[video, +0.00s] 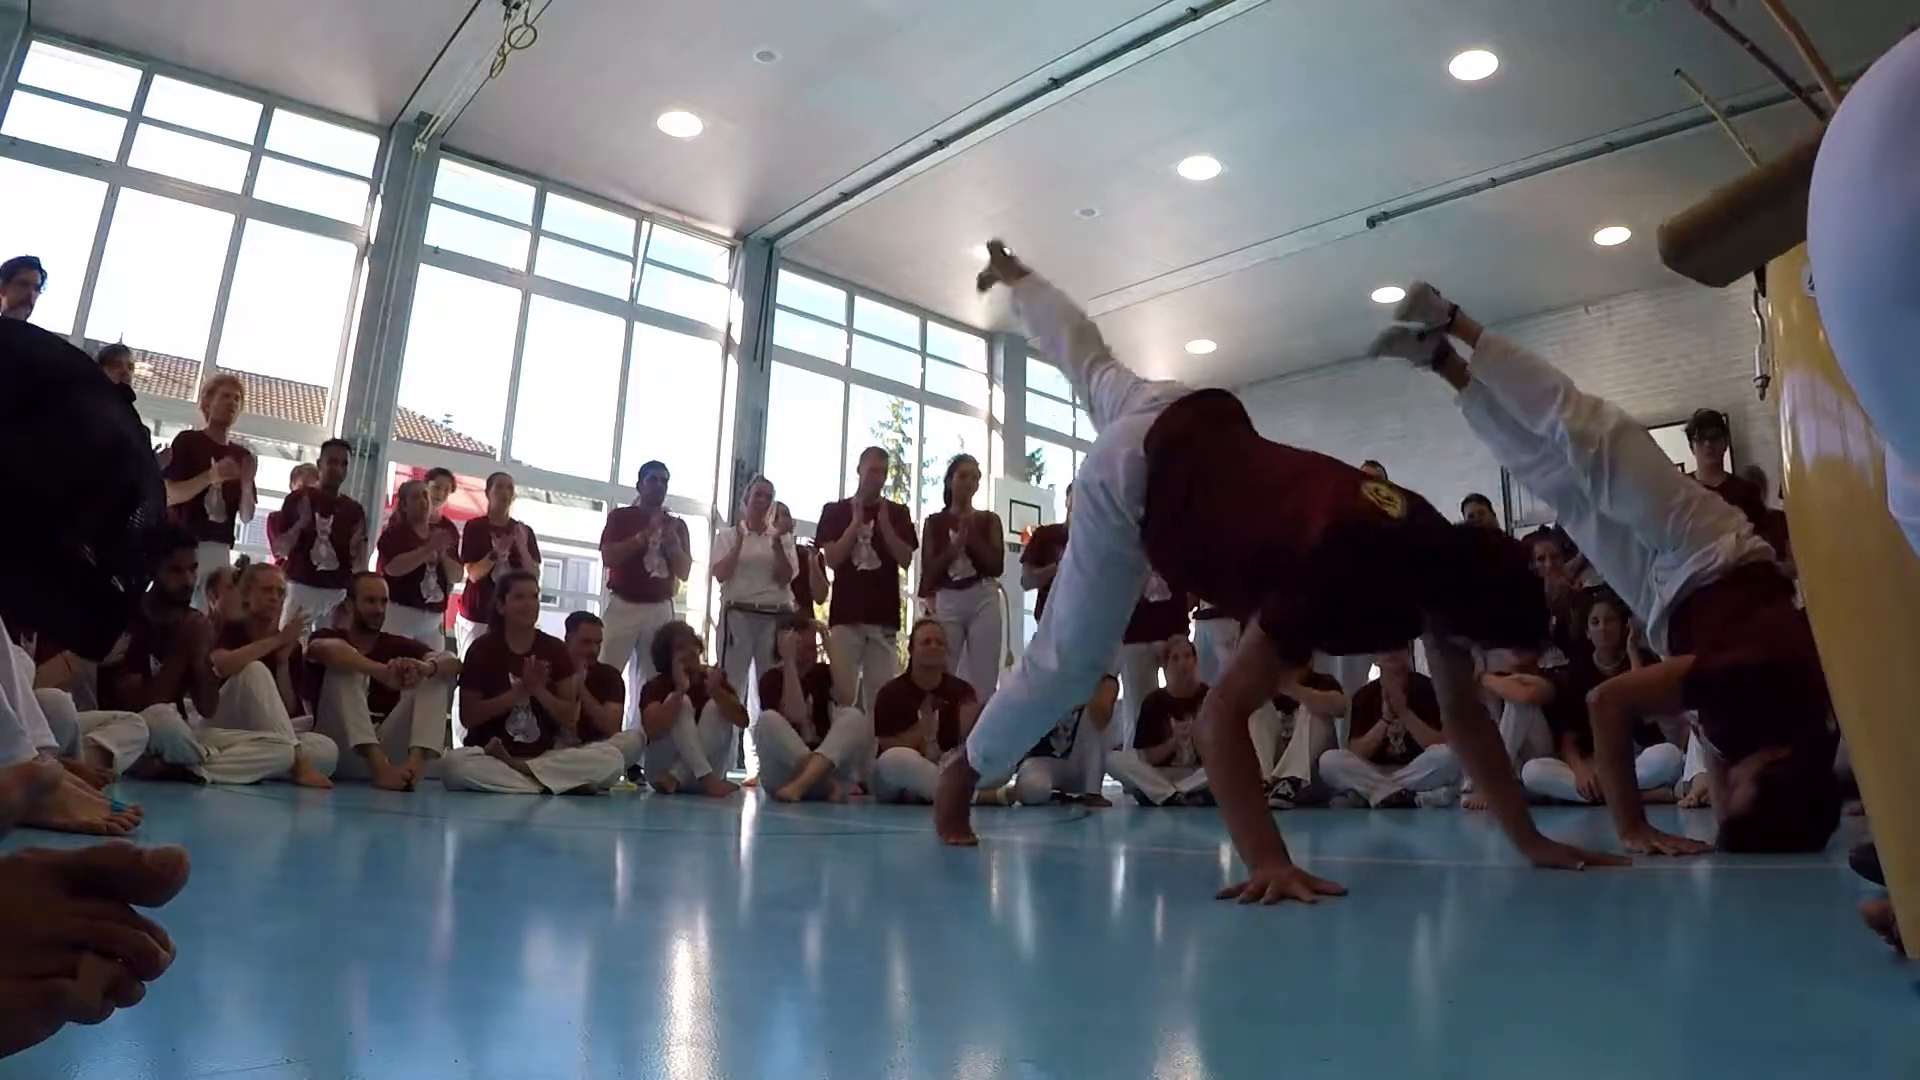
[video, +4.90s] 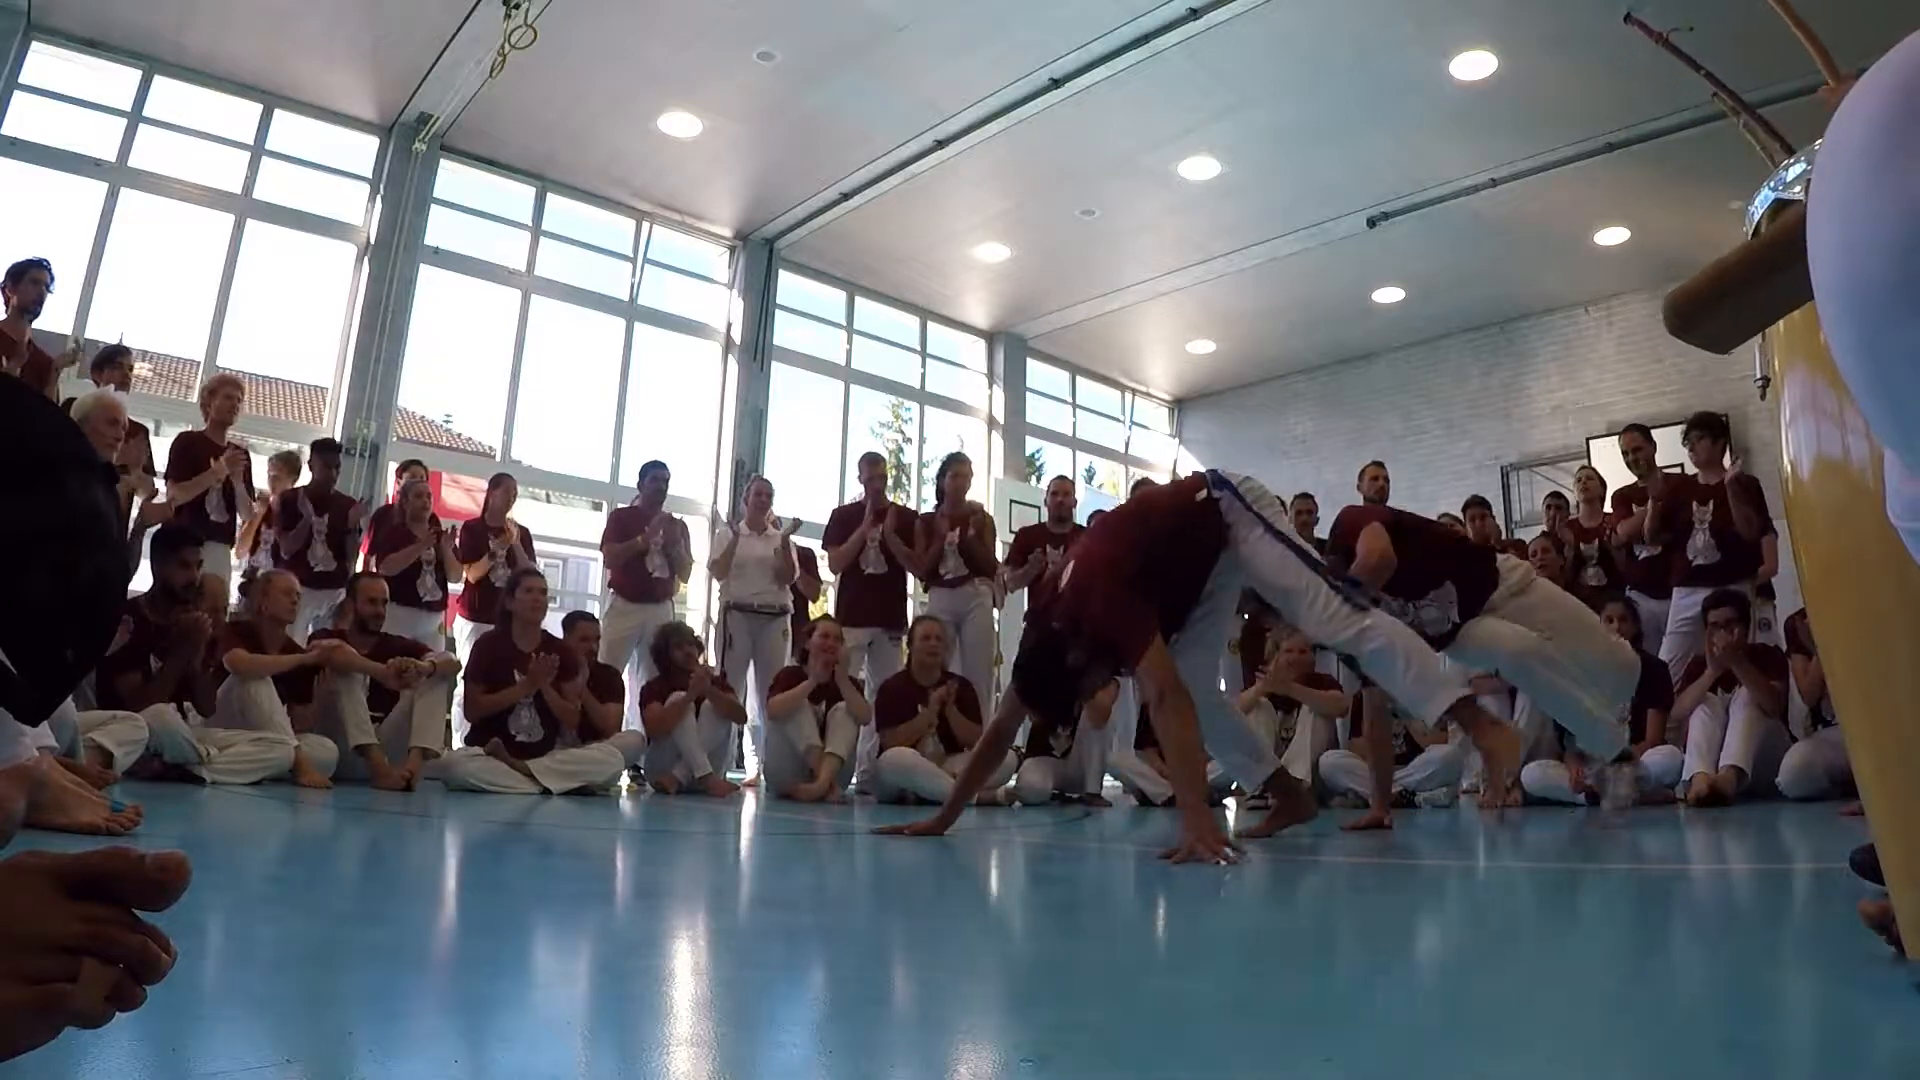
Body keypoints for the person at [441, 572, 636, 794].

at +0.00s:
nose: (529, 604)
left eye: (534, 597)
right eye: (520, 597)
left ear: (540, 603)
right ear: (501, 605)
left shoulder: (556, 648)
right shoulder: (481, 649)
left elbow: (569, 717)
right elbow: (469, 717)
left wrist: (537, 689)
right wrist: (521, 691)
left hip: (545, 755)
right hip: (488, 754)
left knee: (612, 758)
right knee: (454, 766)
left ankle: (522, 766)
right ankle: (547, 786)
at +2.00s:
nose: (528, 604)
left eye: (533, 597)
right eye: (519, 597)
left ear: (539, 603)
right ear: (500, 605)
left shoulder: (555, 649)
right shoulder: (481, 649)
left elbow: (570, 718)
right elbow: (469, 716)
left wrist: (537, 690)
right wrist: (521, 689)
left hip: (546, 757)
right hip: (488, 755)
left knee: (613, 758)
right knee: (453, 765)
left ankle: (523, 766)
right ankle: (550, 786)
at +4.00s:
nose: (545, 600)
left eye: (550, 594)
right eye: (536, 593)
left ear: (554, 603)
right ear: (514, 603)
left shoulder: (564, 650)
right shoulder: (491, 645)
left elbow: (575, 720)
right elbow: (475, 711)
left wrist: (548, 686)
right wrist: (530, 689)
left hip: (550, 757)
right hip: (493, 755)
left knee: (613, 760)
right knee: (454, 766)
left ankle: (522, 766)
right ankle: (550, 786)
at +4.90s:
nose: (539, 598)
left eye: (543, 593)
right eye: (529, 592)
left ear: (548, 601)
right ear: (509, 601)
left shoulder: (562, 649)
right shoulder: (487, 645)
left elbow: (572, 719)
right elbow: (473, 711)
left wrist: (544, 685)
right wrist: (527, 687)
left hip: (546, 757)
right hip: (492, 756)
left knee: (612, 760)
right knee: (454, 766)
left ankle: (523, 767)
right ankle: (548, 786)